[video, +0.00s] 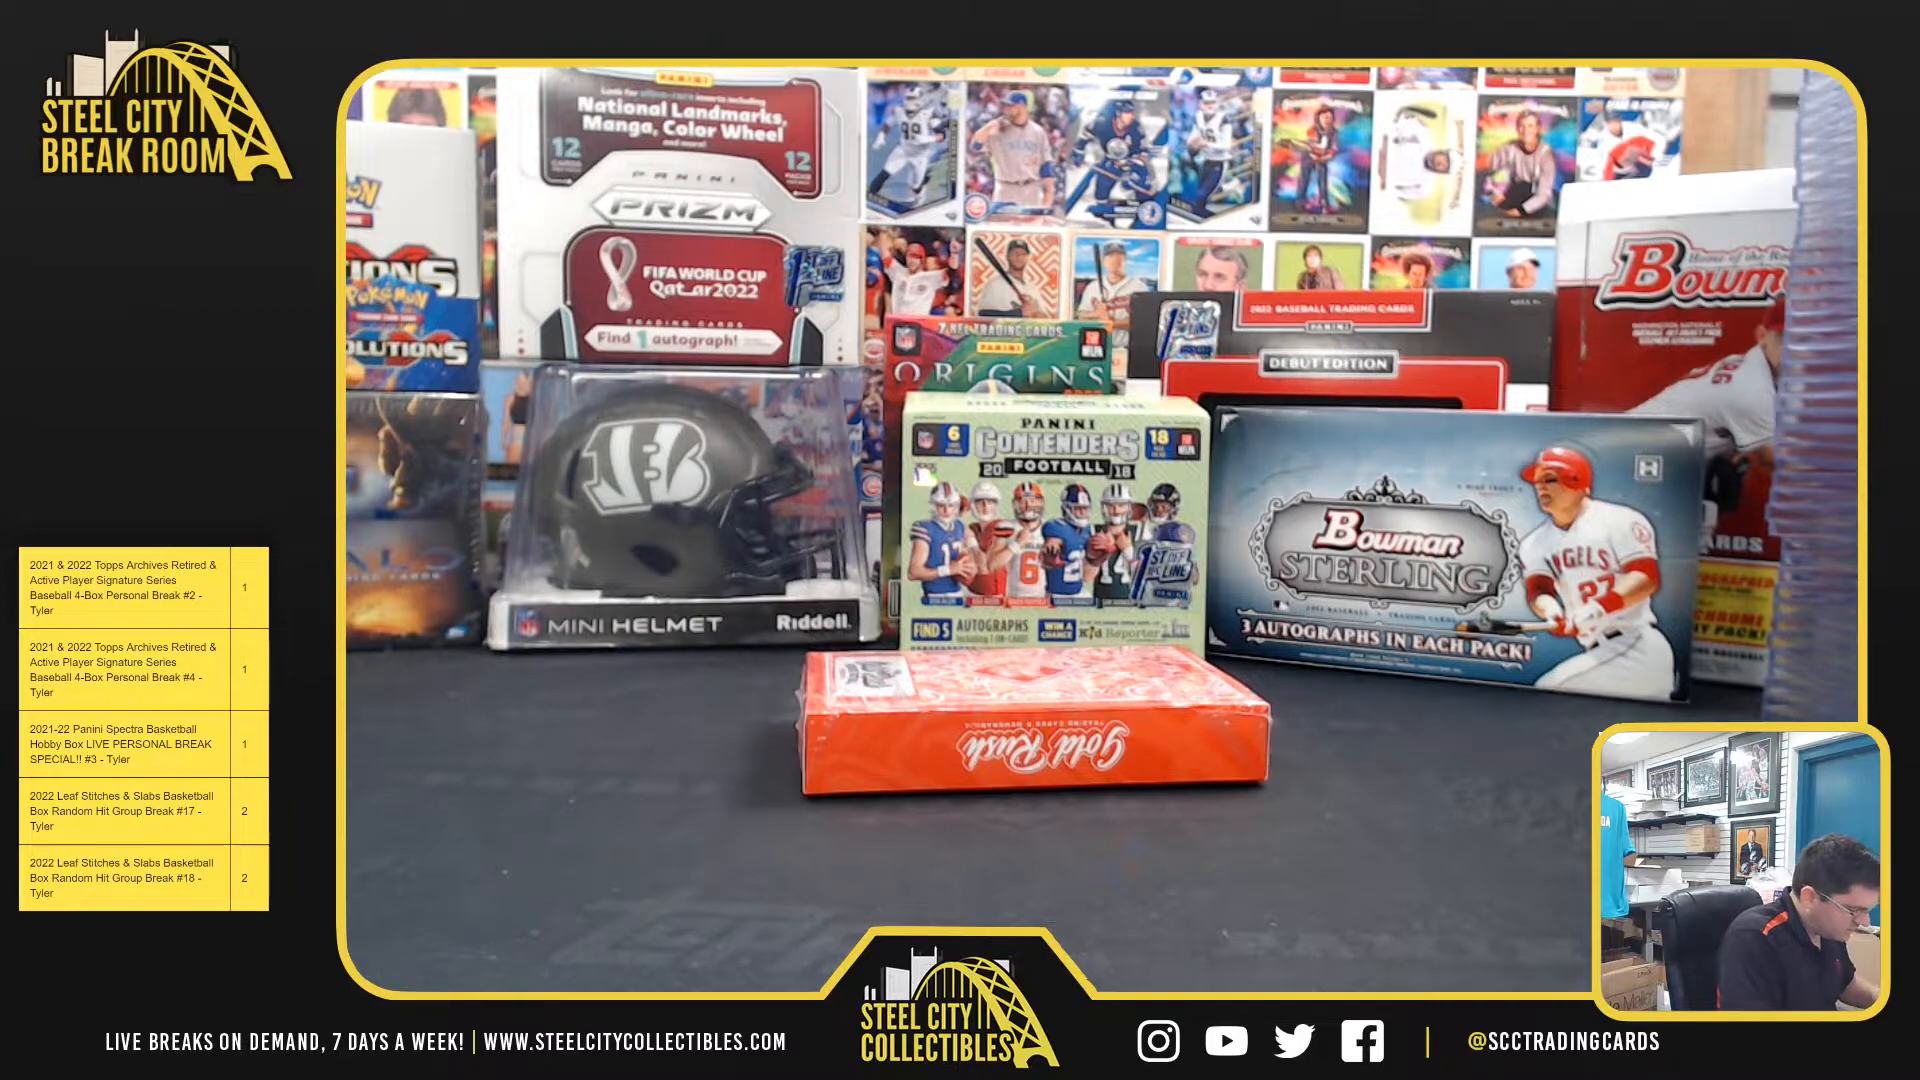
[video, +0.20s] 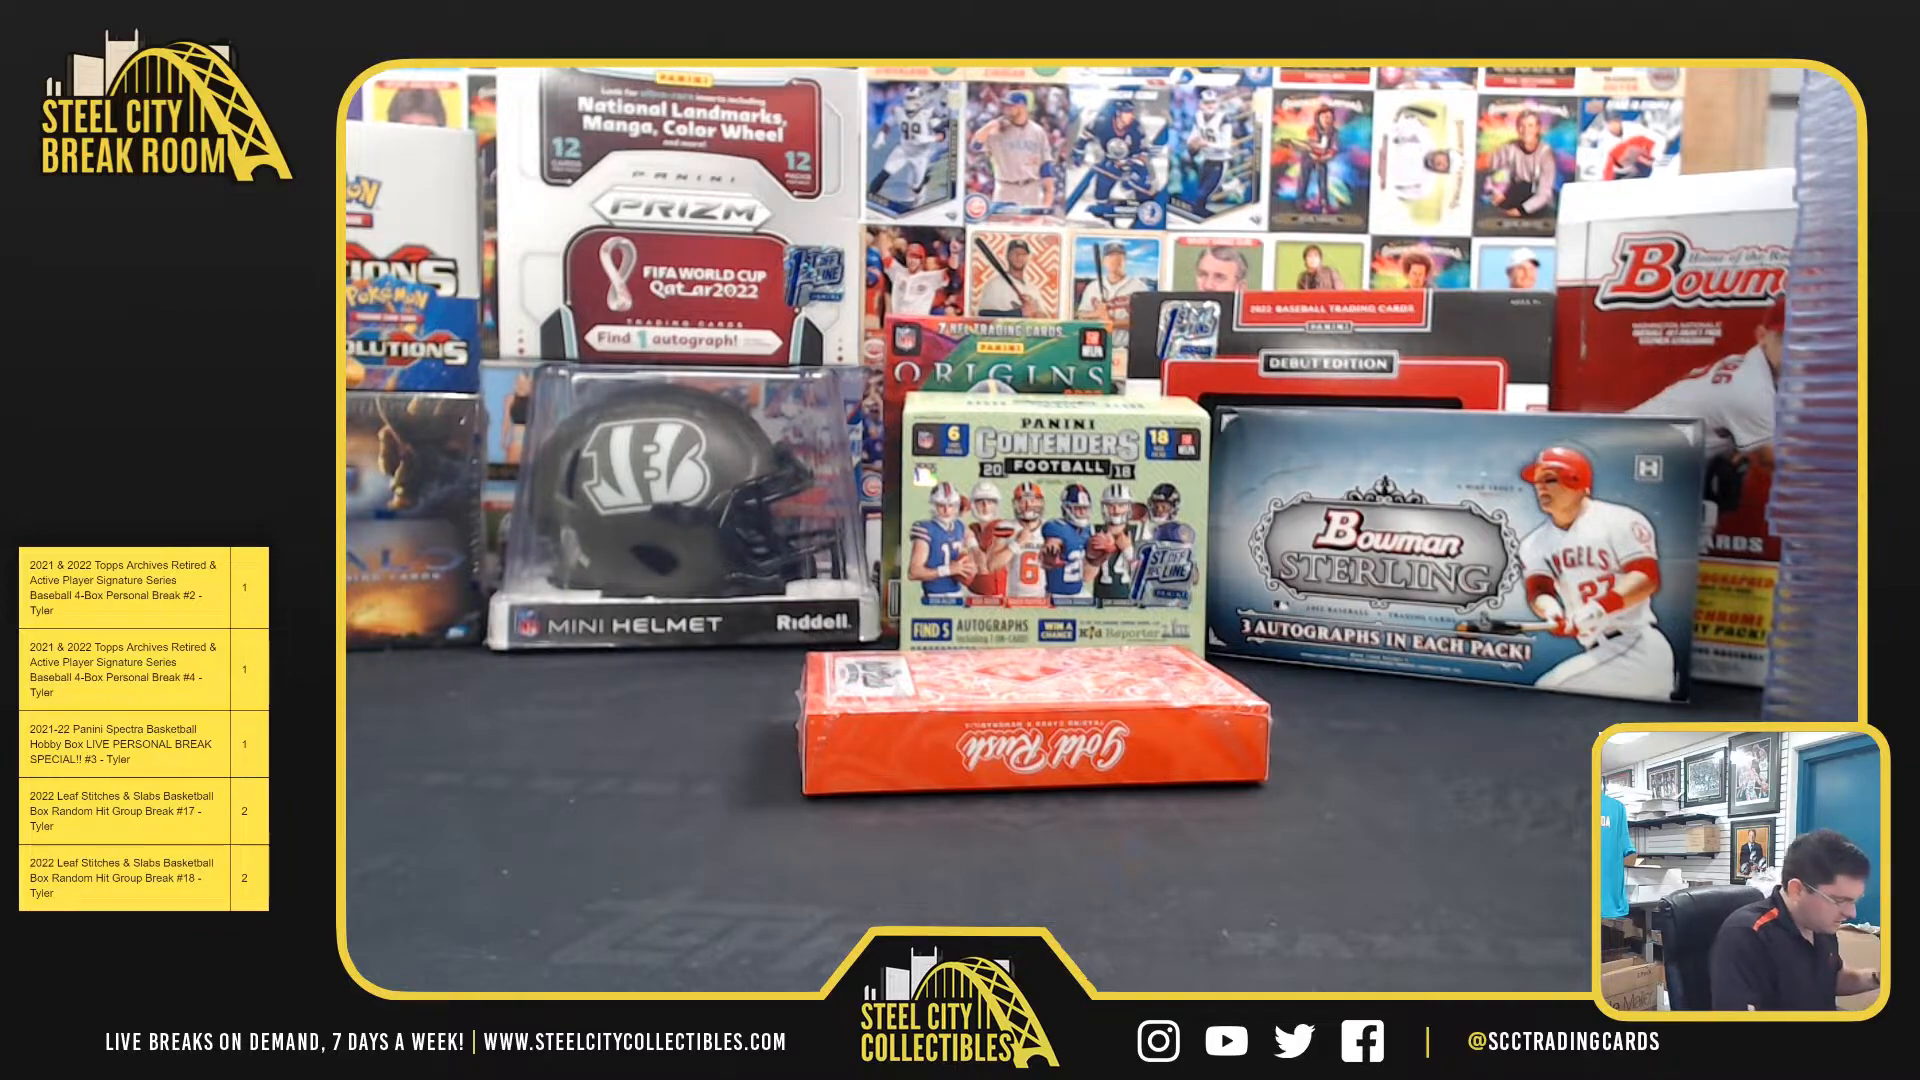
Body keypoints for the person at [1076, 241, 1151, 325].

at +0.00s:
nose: (1115, 260)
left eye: (1119, 255)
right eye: (1111, 256)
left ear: (1125, 260)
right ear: (1104, 261)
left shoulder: (1138, 287)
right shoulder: (1093, 287)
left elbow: (1143, 319)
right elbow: (1081, 315)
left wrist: (1113, 323)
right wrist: (1099, 314)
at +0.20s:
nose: (1115, 260)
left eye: (1119, 256)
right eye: (1111, 256)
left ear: (1125, 260)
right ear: (1104, 261)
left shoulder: (1138, 287)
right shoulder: (1092, 287)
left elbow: (1144, 319)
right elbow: (1081, 315)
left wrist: (1114, 323)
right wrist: (1099, 314)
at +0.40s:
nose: (1115, 260)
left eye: (1119, 255)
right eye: (1111, 256)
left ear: (1124, 260)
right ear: (1103, 261)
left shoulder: (1138, 287)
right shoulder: (1092, 288)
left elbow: (1143, 319)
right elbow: (1081, 315)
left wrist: (1113, 322)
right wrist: (1098, 313)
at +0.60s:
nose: (1115, 260)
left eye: (1119, 255)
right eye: (1111, 255)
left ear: (1124, 260)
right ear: (1103, 261)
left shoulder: (1138, 287)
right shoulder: (1092, 288)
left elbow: (1143, 319)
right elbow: (1081, 315)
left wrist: (1113, 323)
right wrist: (1098, 313)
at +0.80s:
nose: (1115, 260)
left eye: (1119, 256)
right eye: (1111, 256)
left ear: (1124, 260)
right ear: (1103, 261)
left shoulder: (1138, 287)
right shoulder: (1093, 287)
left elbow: (1143, 319)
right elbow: (1081, 315)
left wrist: (1113, 322)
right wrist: (1099, 313)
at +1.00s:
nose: (1115, 260)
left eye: (1119, 255)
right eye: (1111, 256)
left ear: (1124, 260)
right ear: (1103, 261)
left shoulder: (1138, 287)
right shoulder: (1092, 287)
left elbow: (1143, 319)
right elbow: (1081, 315)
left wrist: (1114, 323)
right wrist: (1099, 313)